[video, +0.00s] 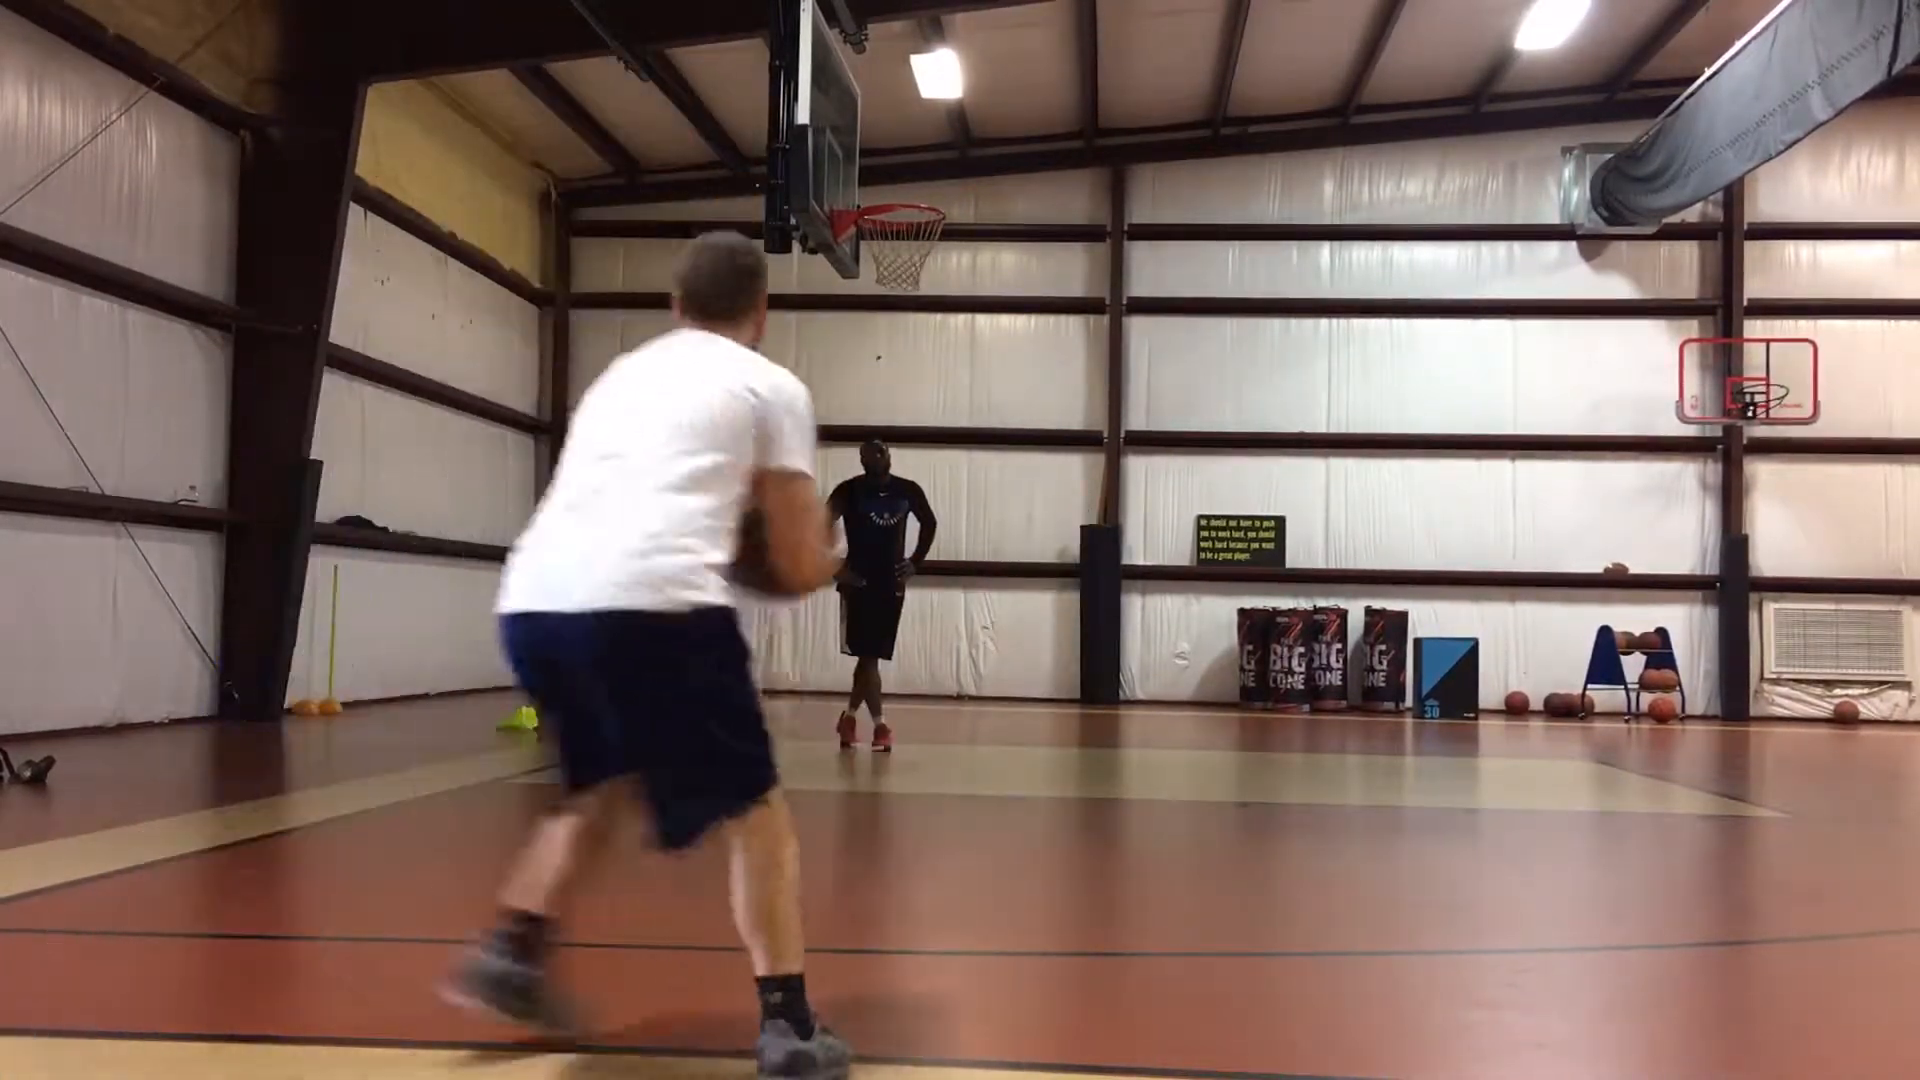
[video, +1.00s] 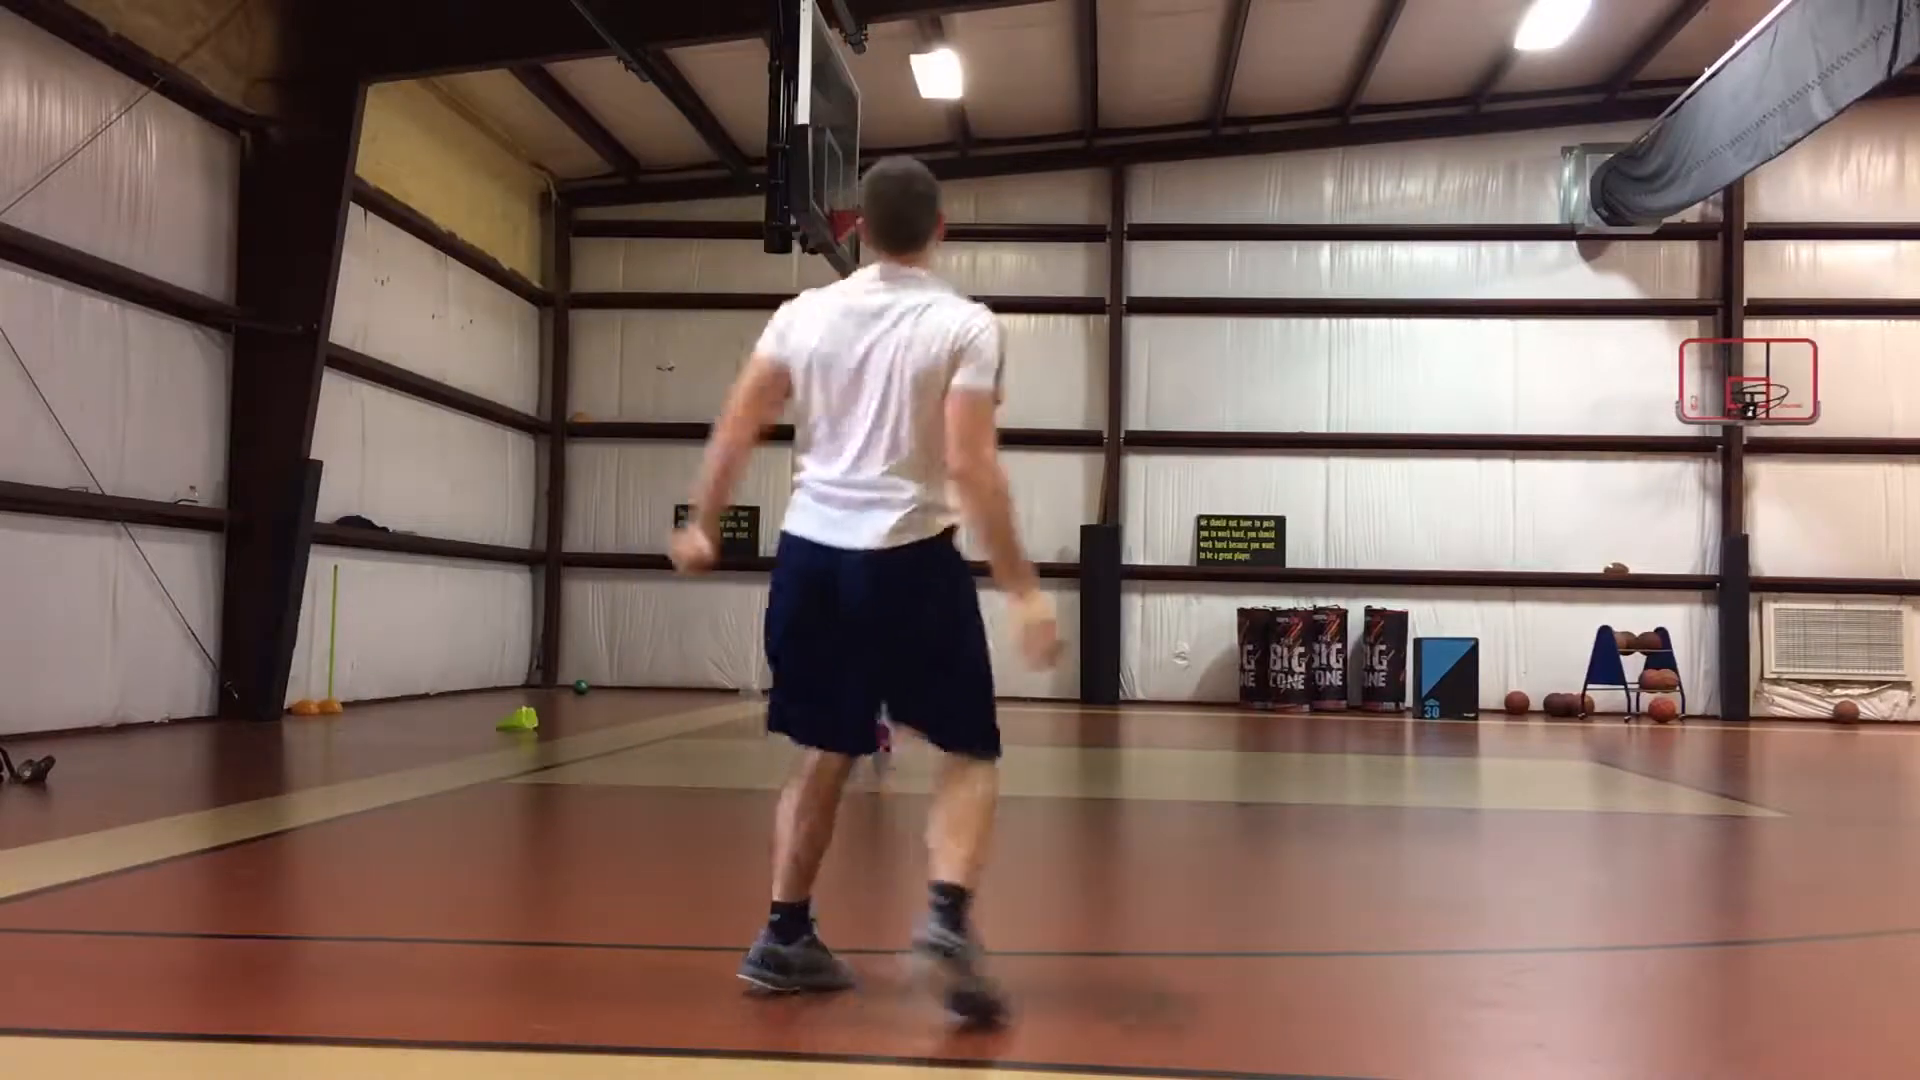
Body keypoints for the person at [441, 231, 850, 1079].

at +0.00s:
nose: (765, 325)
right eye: (768, 314)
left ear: (674, 306)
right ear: (759, 314)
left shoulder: (615, 376)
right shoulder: (767, 385)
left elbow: (610, 512)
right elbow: (798, 565)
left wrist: (745, 537)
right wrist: (827, 543)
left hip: (537, 609)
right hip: (661, 609)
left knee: (595, 786)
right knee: (757, 810)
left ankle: (510, 950)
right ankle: (787, 1024)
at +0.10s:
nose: (777, 309)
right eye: (778, 298)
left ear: (690, 302)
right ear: (775, 306)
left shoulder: (646, 376)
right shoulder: (797, 385)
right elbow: (867, 519)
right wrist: (869, 428)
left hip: (595, 637)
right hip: (711, 638)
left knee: (690, 799)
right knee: (795, 819)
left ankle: (600, 984)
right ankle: (788, 1021)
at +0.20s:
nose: (803, 230)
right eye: (802, 218)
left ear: (709, 229)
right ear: (793, 232)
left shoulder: (673, 301)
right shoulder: (804, 305)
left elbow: (733, 271)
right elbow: (906, 335)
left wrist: (784, 224)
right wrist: (865, 229)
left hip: (639, 582)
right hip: (748, 578)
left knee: (701, 780)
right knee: (810, 803)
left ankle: (606, 978)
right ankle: (785, 1003)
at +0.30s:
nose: (779, 140)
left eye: (752, 129)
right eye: (792, 128)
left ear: (719, 132)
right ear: (804, 132)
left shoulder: (695, 201)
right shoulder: (826, 195)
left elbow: (743, 131)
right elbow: (912, 126)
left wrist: (755, 50)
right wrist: (884, 26)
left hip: (681, 464)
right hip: (788, 464)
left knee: (675, 697)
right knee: (801, 701)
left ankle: (634, 914)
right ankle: (813, 914)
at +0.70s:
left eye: (814, 170)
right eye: (859, 165)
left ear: (794, 175)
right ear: (869, 178)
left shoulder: (769, 240)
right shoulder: (888, 243)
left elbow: (795, 170)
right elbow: (964, 203)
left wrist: (831, 106)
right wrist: (902, 120)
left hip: (766, 504)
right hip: (858, 509)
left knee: (787, 719)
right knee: (845, 730)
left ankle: (783, 905)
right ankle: (810, 942)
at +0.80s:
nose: (887, 250)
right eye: (887, 237)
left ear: (811, 248)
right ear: (888, 251)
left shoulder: (771, 329)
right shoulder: (911, 335)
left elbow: (831, 307)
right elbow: (984, 416)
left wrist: (873, 243)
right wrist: (895, 403)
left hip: (774, 582)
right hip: (862, 587)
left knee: (813, 777)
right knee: (896, 791)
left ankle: (775, 944)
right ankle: (805, 947)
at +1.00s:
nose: (942, 232)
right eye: (945, 222)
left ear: (862, 230)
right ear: (941, 229)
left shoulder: (803, 315)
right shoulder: (966, 327)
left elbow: (736, 428)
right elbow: (969, 464)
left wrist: (703, 521)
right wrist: (1025, 591)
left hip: (811, 568)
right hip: (913, 575)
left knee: (823, 748)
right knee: (970, 752)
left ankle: (784, 936)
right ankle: (945, 921)